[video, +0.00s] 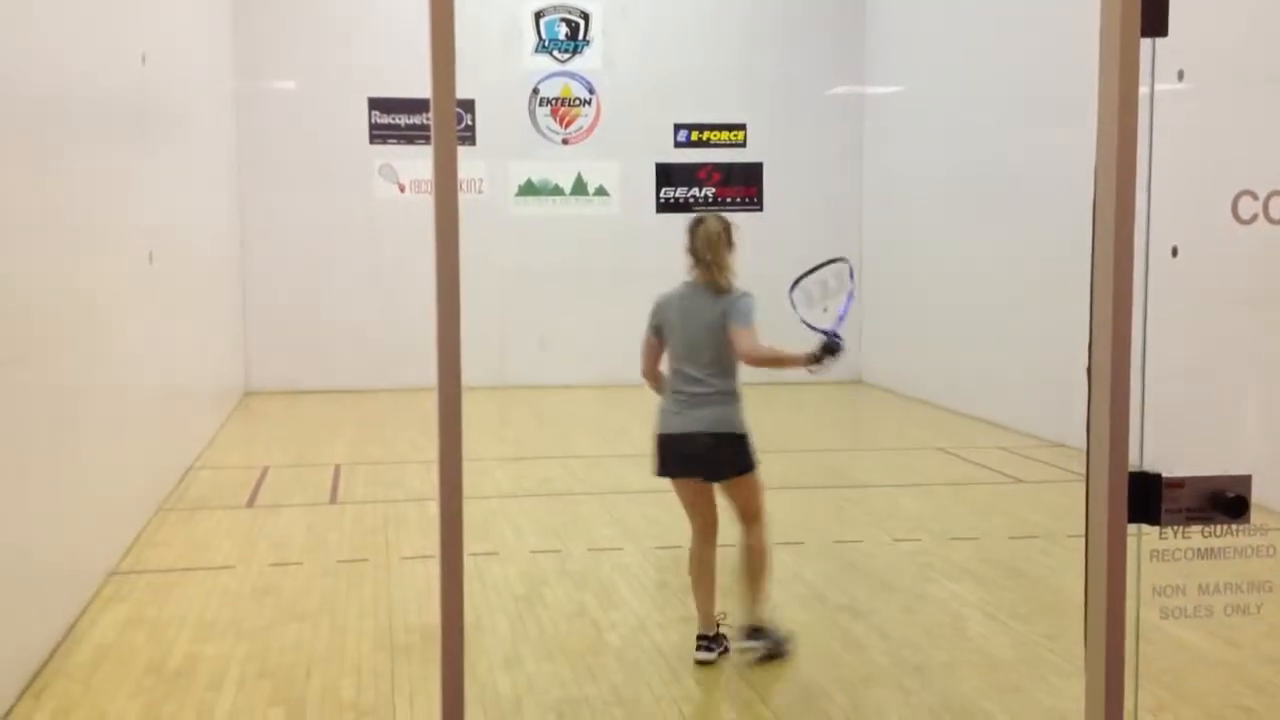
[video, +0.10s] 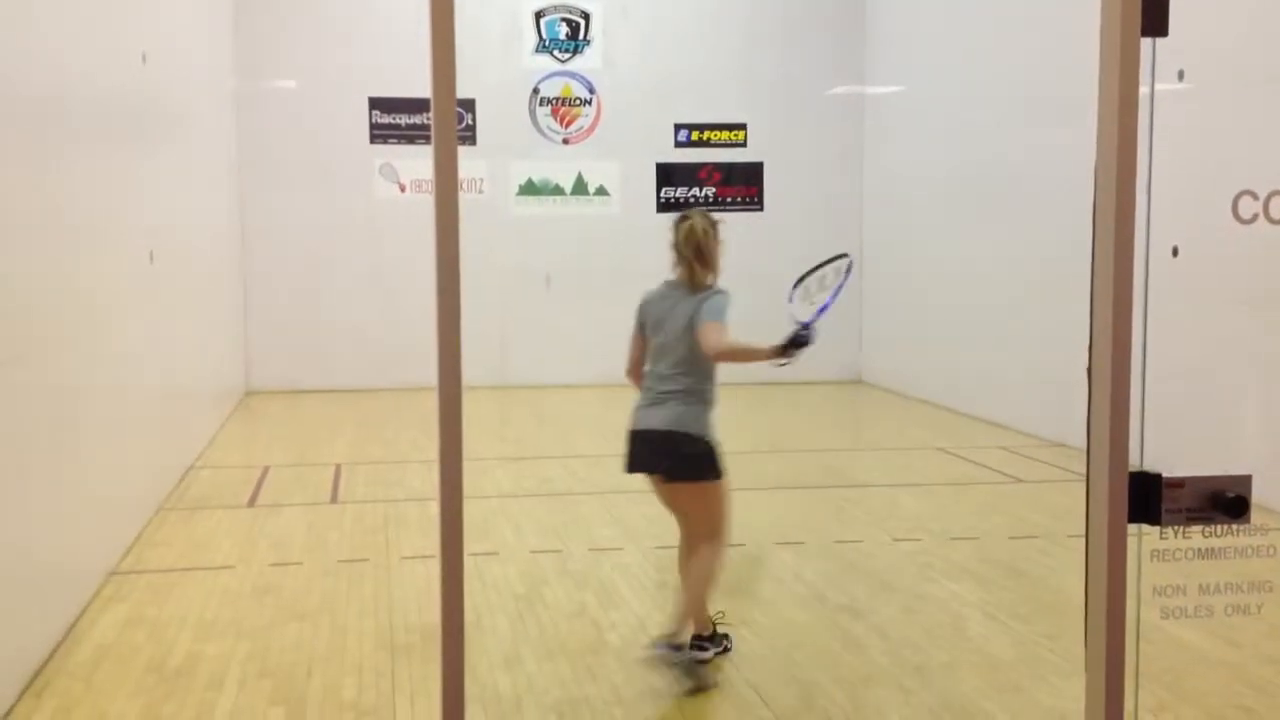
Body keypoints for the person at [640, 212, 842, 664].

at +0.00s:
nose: (734, 251)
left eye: (729, 242)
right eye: (732, 244)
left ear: (690, 250)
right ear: (727, 249)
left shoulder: (668, 302)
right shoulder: (734, 300)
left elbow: (649, 369)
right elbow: (749, 352)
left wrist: (677, 395)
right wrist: (806, 358)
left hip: (675, 436)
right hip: (723, 435)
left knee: (702, 529)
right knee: (752, 519)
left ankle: (707, 634)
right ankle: (754, 622)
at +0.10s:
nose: (722, 251)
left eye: (718, 242)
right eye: (719, 243)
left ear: (676, 249)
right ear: (711, 249)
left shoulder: (651, 300)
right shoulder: (711, 297)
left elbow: (635, 369)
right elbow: (713, 346)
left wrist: (671, 388)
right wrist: (776, 351)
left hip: (647, 434)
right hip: (686, 436)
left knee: (692, 535)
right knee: (711, 537)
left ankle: (701, 631)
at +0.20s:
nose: (706, 272)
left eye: (701, 263)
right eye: (704, 264)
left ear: (659, 268)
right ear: (697, 268)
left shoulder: (635, 316)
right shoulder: (688, 312)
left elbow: (619, 383)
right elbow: (681, 364)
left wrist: (656, 432)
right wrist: (743, 370)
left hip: (620, 443)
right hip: (650, 448)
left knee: (679, 524)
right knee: (658, 566)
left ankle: (693, 627)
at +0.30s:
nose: (682, 283)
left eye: (679, 274)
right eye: (681, 275)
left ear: (639, 278)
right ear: (676, 279)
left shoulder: (620, 327)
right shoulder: (659, 324)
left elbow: (613, 402)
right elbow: (645, 378)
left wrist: (661, 452)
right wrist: (706, 390)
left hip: (587, 452)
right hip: (607, 459)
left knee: (656, 523)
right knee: (648, 569)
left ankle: (649, 627)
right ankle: (605, 685)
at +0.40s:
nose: (662, 270)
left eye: (658, 262)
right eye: (661, 263)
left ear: (620, 263)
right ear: (655, 268)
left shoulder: (612, 313)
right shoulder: (628, 316)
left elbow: (617, 390)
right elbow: (600, 367)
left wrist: (660, 434)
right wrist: (657, 385)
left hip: (571, 440)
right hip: (568, 445)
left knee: (620, 527)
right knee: (603, 549)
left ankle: (580, 621)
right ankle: (599, 676)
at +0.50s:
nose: (633, 276)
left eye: (632, 268)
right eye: (632, 268)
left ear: (595, 268)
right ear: (624, 272)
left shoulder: (599, 320)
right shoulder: (595, 318)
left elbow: (591, 388)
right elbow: (563, 364)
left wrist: (641, 416)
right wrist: (618, 385)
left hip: (548, 446)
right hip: (537, 448)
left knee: (584, 540)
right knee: (570, 563)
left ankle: (522, 613)